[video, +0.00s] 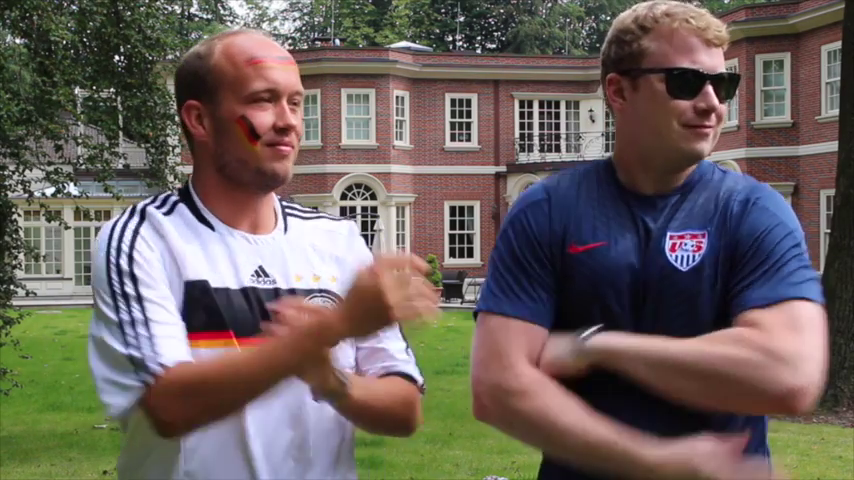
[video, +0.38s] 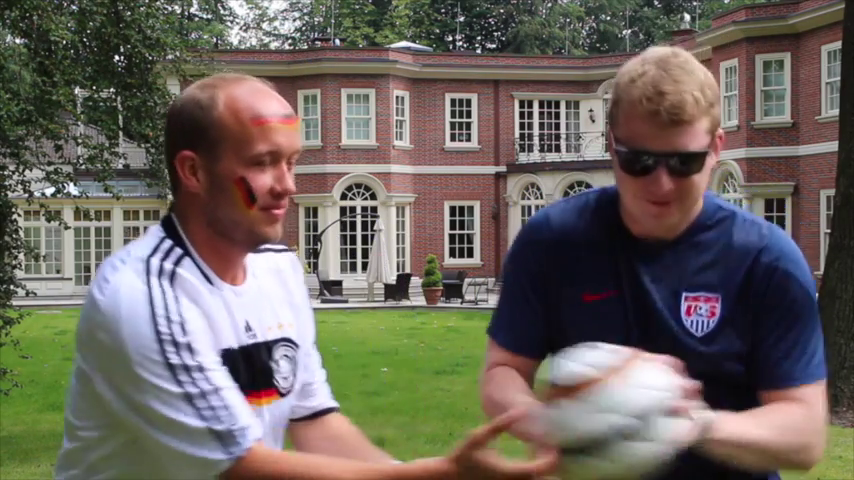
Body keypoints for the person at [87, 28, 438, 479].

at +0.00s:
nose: (288, 122)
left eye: (295, 103)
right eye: (263, 100)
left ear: (304, 110)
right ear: (197, 119)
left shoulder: (339, 242)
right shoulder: (136, 239)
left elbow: (405, 411)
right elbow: (169, 407)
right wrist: (342, 322)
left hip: (323, 475)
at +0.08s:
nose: (284, 132)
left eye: (290, 111)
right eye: (259, 111)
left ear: (298, 119)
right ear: (191, 128)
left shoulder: (329, 243)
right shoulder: (141, 256)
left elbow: (366, 383)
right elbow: (230, 414)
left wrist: (386, 421)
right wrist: (412, 404)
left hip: (316, 470)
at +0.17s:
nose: (283, 150)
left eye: (287, 129)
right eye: (256, 131)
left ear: (295, 132)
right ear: (188, 152)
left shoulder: (316, 252)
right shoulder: (158, 284)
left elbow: (362, 403)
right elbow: (299, 425)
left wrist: (459, 458)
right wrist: (495, 458)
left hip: (318, 472)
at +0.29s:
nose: (291, 180)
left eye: (296, 158)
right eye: (265, 159)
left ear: (303, 161)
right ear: (196, 176)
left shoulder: (299, 268)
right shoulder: (163, 308)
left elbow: (348, 416)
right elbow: (304, 450)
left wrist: (447, 475)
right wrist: (517, 461)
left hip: (262, 466)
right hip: (148, 467)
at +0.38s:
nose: (287, 186)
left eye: (291, 162)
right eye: (263, 164)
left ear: (295, 160)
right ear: (190, 174)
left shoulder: (279, 272)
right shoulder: (137, 296)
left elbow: (314, 420)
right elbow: (242, 463)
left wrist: (415, 477)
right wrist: (441, 471)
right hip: (132, 472)